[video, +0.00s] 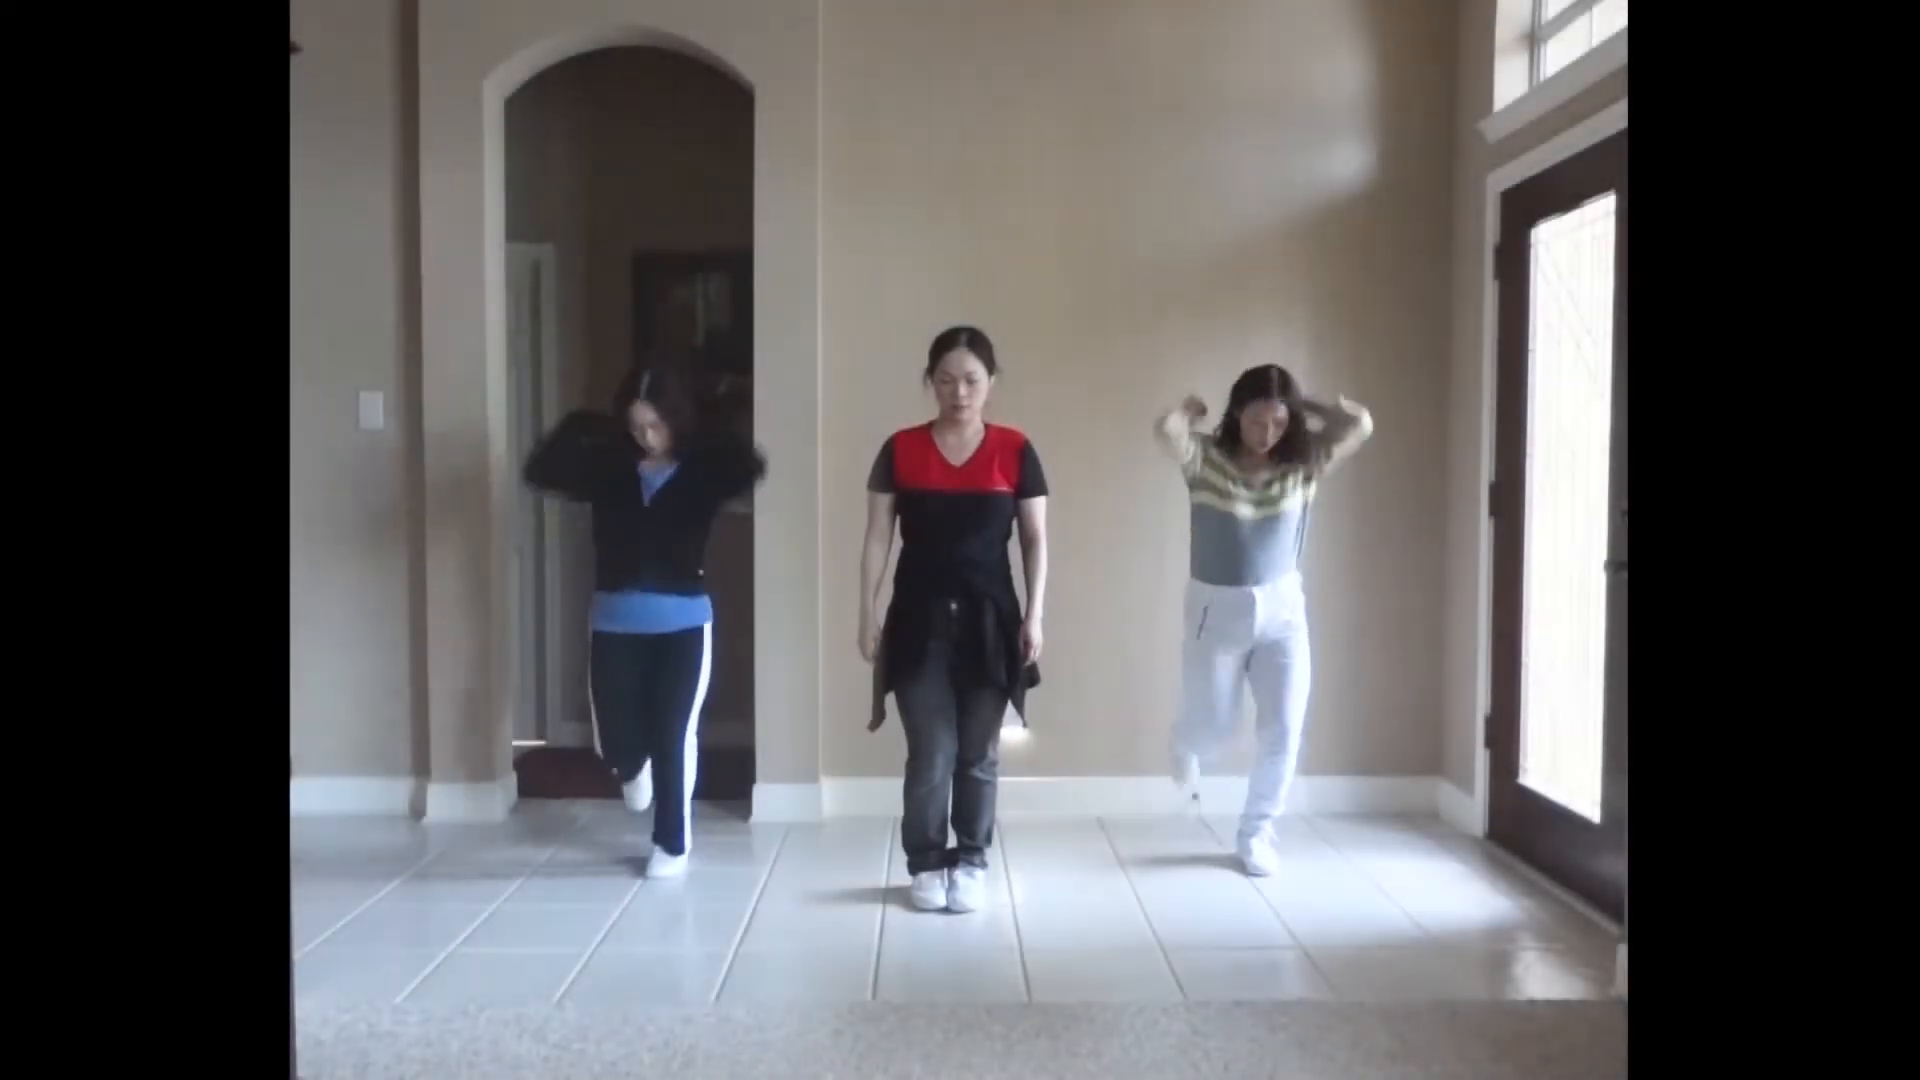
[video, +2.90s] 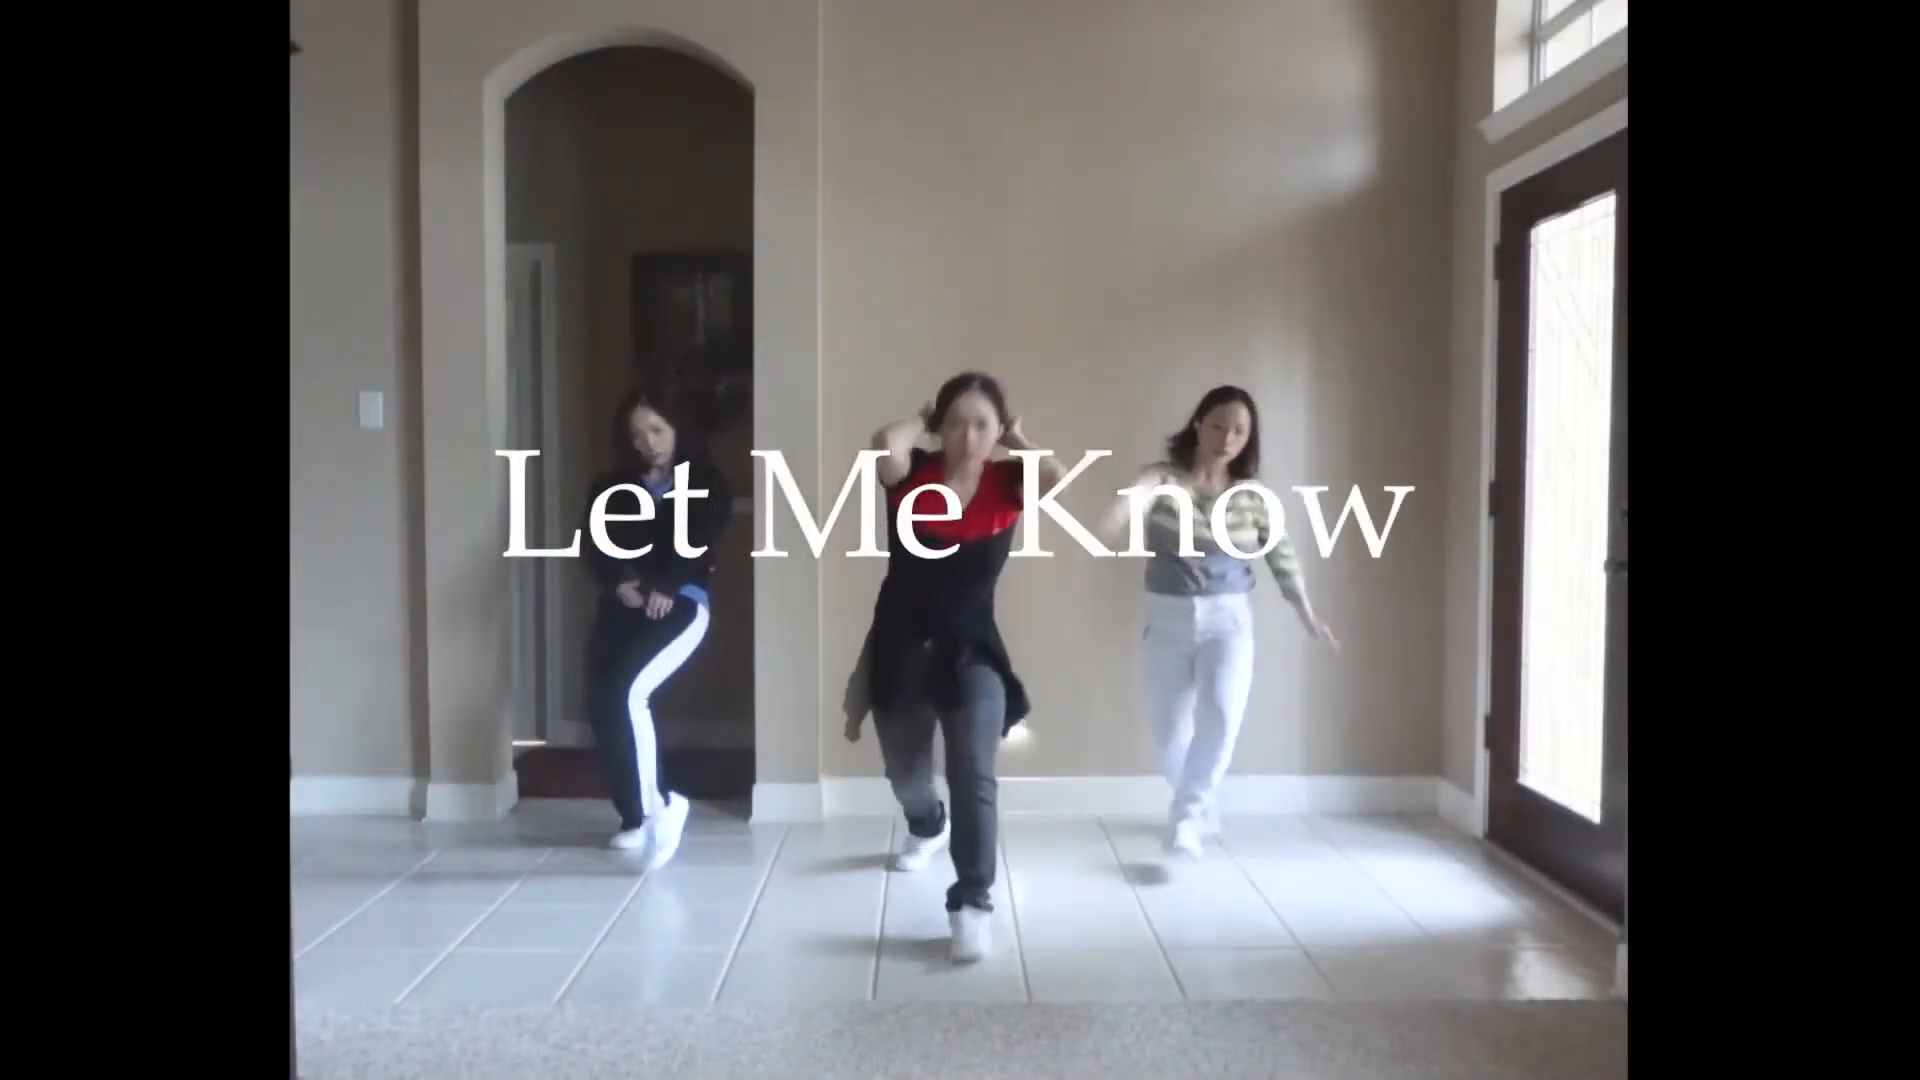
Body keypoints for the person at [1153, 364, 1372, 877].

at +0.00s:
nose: (1266, 431)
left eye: (1277, 421)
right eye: (1256, 419)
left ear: (1289, 423)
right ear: (1236, 417)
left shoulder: (1303, 467)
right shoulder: (1205, 459)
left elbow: (1361, 424)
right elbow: (1166, 431)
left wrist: (1312, 408)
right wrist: (1185, 412)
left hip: (1282, 616)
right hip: (1215, 615)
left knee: (1283, 731)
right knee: (1215, 726)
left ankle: (1257, 836)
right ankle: (1184, 747)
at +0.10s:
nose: (1258, 397)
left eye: (1269, 387)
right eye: (1247, 385)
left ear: (1281, 396)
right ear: (1229, 390)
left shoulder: (1295, 447)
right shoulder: (1202, 446)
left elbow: (1338, 385)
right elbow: (1177, 393)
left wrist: (1287, 348)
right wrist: (1197, 360)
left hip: (1276, 598)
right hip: (1210, 598)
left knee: (1273, 724)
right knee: (1195, 714)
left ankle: (1258, 834)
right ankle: (1183, 795)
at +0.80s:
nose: (1209, 418)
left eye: (1218, 407)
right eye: (1198, 406)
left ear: (1231, 418)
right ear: (1179, 413)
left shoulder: (1243, 463)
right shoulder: (1158, 461)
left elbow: (1258, 436)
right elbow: (1183, 431)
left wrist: (1233, 409)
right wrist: (1211, 408)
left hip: (1233, 591)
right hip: (1172, 596)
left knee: (1255, 711)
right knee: (1182, 721)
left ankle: (1267, 826)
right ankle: (1199, 808)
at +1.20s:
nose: (1200, 429)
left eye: (1210, 421)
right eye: (1190, 420)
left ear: (1223, 427)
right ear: (1173, 425)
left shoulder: (1238, 475)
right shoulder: (1153, 473)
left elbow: (1244, 484)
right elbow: (1183, 480)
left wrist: (1233, 490)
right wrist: (1216, 482)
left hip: (1227, 598)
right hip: (1169, 602)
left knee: (1251, 712)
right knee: (1177, 727)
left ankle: (1264, 825)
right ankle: (1199, 809)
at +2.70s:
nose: (1209, 432)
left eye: (1220, 423)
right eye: (1199, 421)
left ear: (1231, 430)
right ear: (1182, 426)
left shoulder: (1245, 486)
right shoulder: (1160, 485)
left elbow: (1257, 540)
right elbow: (1164, 542)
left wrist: (1246, 581)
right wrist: (1203, 575)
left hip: (1232, 607)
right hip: (1174, 609)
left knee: (1228, 696)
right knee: (1176, 719)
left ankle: (1242, 806)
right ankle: (1198, 808)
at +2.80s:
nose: (1214, 434)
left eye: (1224, 426)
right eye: (1205, 424)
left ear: (1236, 435)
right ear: (1186, 427)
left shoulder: (1248, 490)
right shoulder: (1161, 486)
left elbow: (1277, 546)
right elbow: (1144, 541)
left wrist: (1278, 575)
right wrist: (1159, 569)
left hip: (1233, 615)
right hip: (1173, 616)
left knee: (1225, 706)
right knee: (1173, 726)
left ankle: (1203, 815)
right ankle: (1195, 805)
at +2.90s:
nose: (1229, 437)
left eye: (1239, 431)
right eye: (1221, 426)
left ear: (1247, 439)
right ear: (1200, 424)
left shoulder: (1251, 495)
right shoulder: (1160, 481)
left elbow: (1281, 557)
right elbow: (1110, 529)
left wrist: (1308, 614)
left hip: (1228, 622)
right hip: (1167, 621)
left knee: (1222, 720)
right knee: (1166, 730)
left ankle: (1190, 820)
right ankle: (1198, 800)